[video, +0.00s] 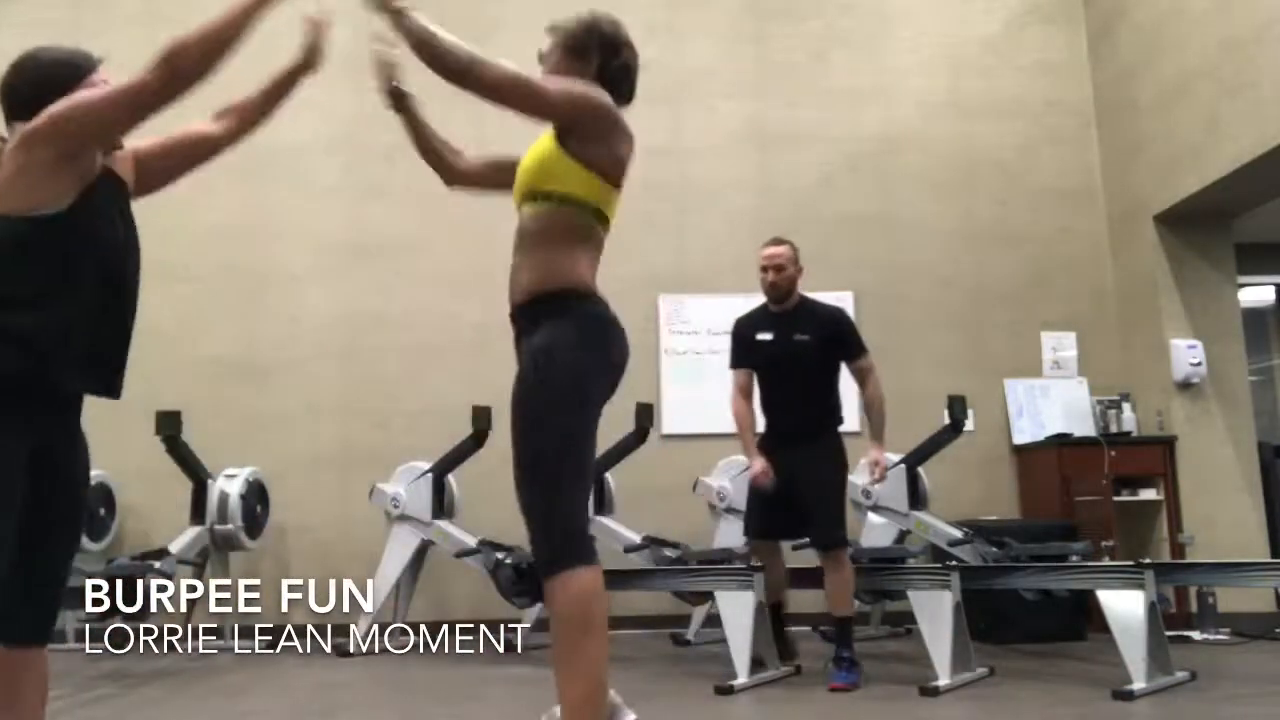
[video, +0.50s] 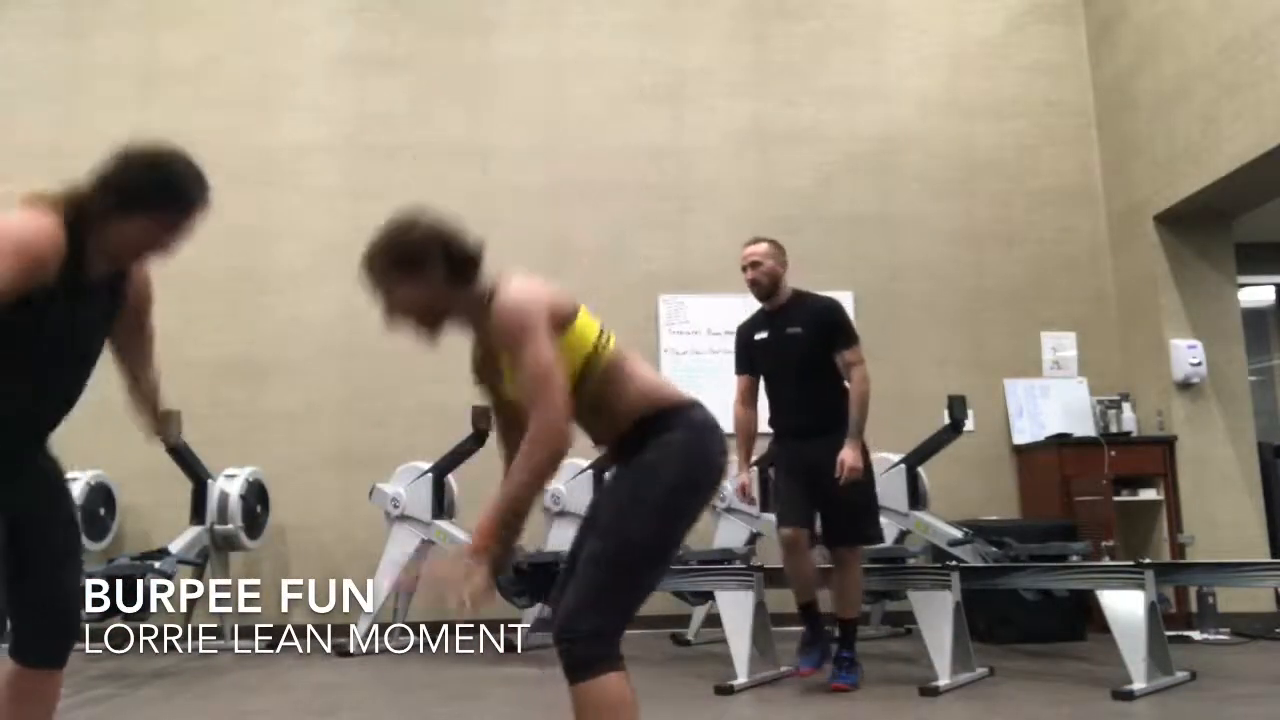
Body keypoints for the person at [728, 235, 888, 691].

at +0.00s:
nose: (771, 276)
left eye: (779, 268)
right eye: (764, 269)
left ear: (799, 272)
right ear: (758, 275)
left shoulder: (831, 320)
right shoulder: (747, 327)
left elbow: (868, 379)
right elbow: (741, 395)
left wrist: (876, 445)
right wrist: (752, 454)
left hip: (823, 448)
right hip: (773, 450)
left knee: (833, 548)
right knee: (762, 542)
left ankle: (844, 652)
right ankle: (778, 642)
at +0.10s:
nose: (773, 275)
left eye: (782, 266)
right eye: (767, 268)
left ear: (802, 270)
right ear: (761, 274)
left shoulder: (836, 318)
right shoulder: (754, 327)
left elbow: (871, 377)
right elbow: (750, 395)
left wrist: (877, 446)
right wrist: (764, 449)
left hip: (832, 444)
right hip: (784, 446)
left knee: (836, 545)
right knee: (781, 540)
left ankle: (845, 651)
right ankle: (815, 627)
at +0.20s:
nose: (770, 274)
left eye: (779, 265)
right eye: (764, 267)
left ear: (801, 269)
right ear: (759, 274)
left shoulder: (838, 316)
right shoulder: (755, 327)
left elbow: (872, 377)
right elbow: (752, 394)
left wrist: (873, 447)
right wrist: (763, 450)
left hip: (840, 444)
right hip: (793, 446)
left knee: (845, 549)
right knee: (795, 543)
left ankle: (847, 651)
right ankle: (835, 621)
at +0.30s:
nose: (766, 275)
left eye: (774, 266)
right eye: (759, 268)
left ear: (796, 268)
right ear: (755, 275)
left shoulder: (835, 315)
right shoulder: (755, 331)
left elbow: (871, 376)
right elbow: (750, 399)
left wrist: (866, 446)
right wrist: (755, 457)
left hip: (845, 447)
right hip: (796, 450)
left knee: (850, 549)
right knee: (804, 549)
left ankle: (847, 650)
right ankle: (834, 625)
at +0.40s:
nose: (761, 275)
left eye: (769, 266)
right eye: (754, 269)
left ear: (791, 269)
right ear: (751, 277)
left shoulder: (831, 314)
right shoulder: (753, 333)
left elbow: (865, 375)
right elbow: (748, 401)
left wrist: (863, 445)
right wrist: (750, 462)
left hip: (845, 447)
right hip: (796, 450)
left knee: (849, 549)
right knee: (804, 546)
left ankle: (847, 651)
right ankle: (826, 630)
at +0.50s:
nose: (751, 274)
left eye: (758, 265)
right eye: (746, 269)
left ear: (783, 265)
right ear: (743, 277)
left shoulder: (824, 311)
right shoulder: (749, 333)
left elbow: (858, 373)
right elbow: (745, 402)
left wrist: (854, 441)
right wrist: (744, 465)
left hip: (838, 447)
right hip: (789, 449)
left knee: (845, 549)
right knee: (791, 537)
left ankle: (846, 650)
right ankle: (813, 632)